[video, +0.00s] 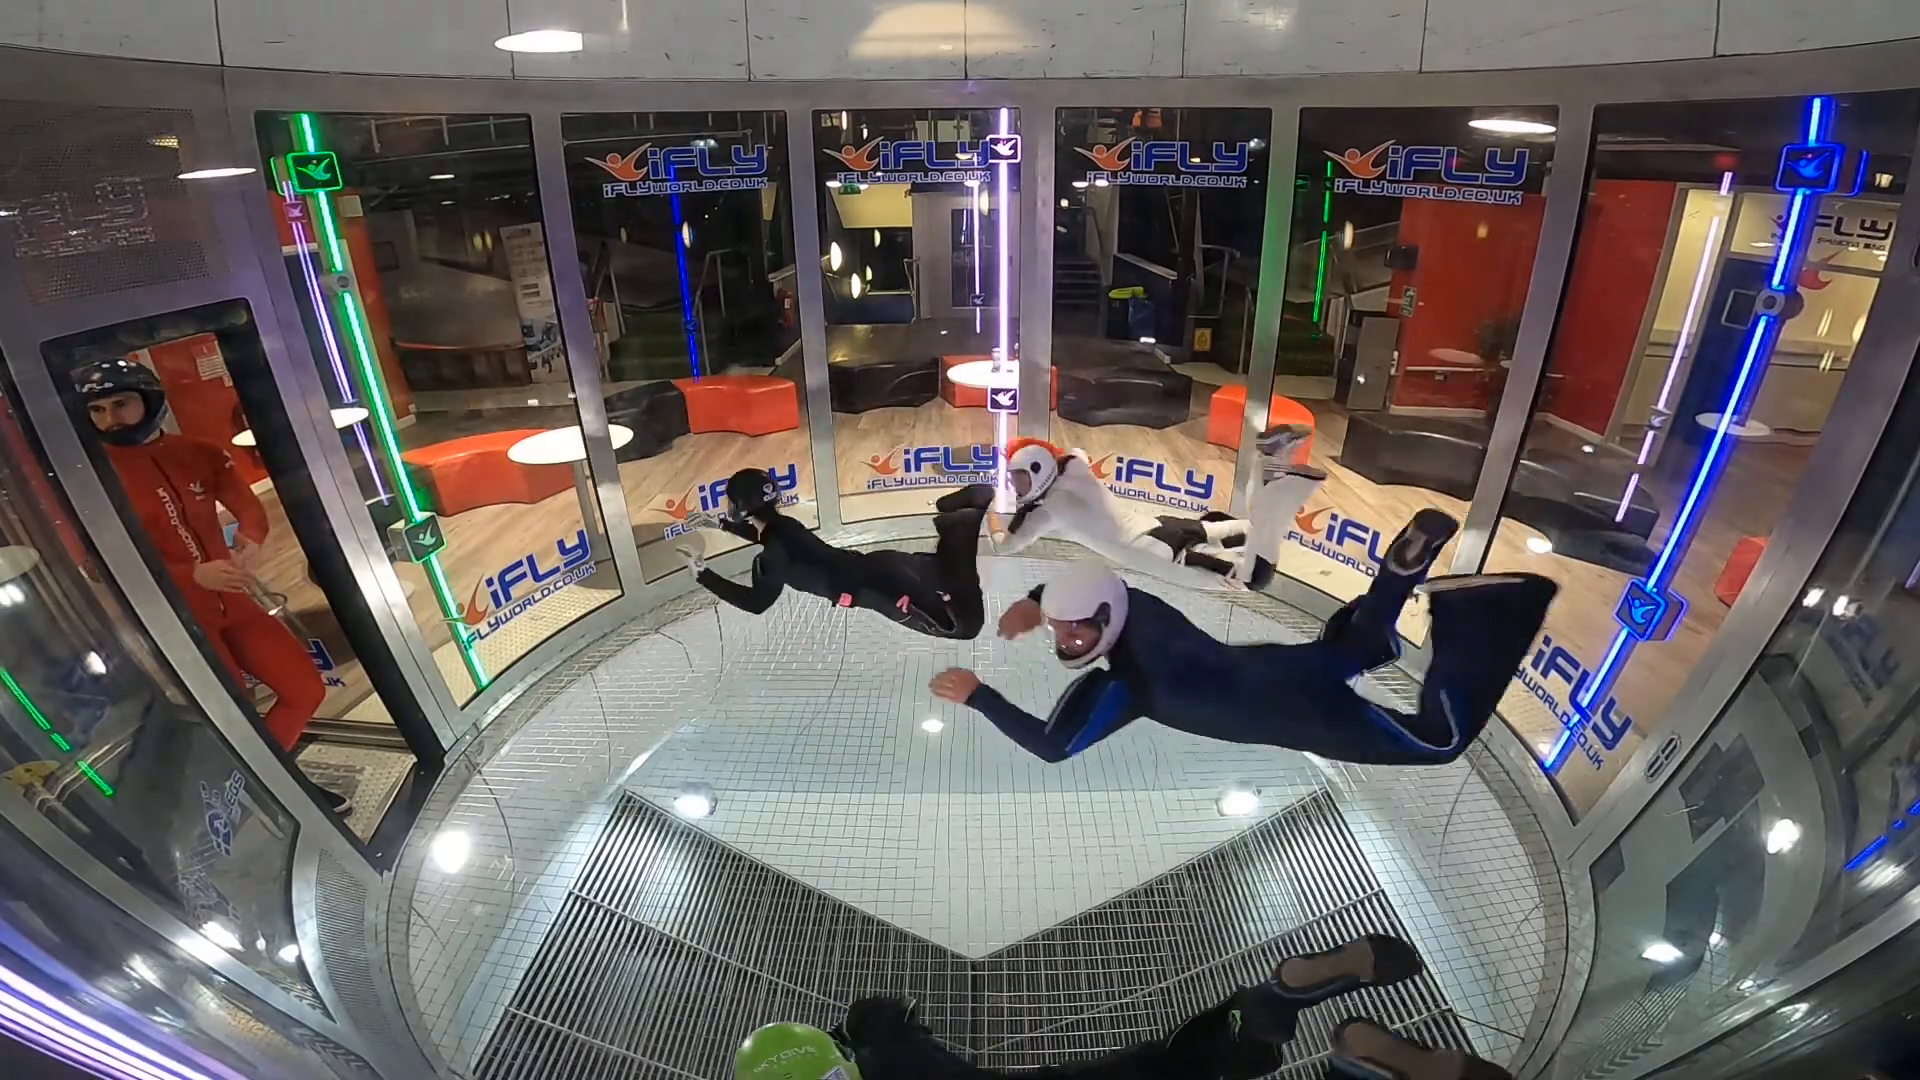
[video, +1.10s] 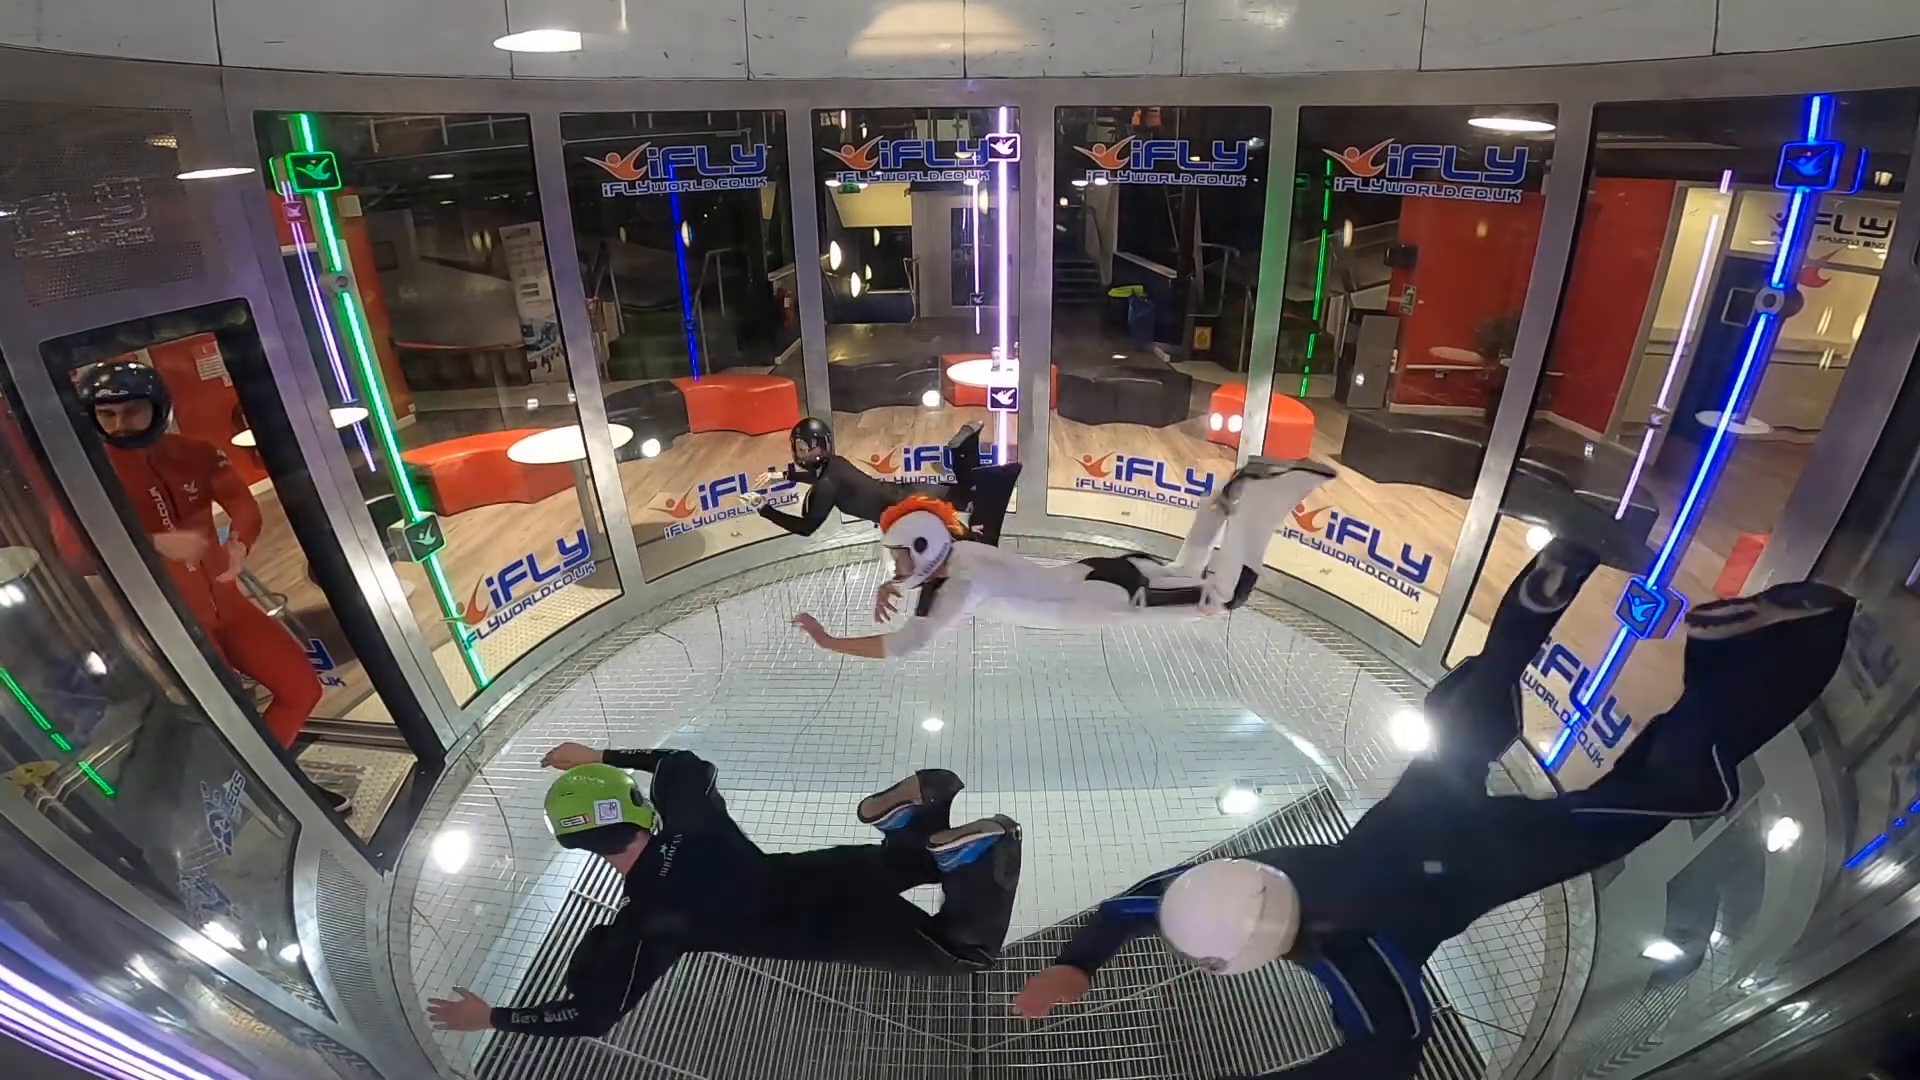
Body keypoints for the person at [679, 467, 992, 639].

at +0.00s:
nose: (726, 513)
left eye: (729, 505)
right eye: (727, 506)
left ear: (742, 512)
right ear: (766, 499)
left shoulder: (774, 550)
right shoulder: (779, 530)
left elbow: (756, 602)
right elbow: (757, 534)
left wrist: (704, 575)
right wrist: (725, 525)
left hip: (879, 584)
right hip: (881, 568)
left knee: (967, 624)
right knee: (954, 598)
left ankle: (958, 526)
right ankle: (954, 517)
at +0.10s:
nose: (724, 499)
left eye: (725, 492)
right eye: (724, 492)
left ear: (736, 495)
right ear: (759, 485)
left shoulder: (762, 531)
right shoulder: (773, 512)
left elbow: (730, 586)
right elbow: (751, 521)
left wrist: (673, 562)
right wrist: (720, 509)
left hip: (863, 576)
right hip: (865, 561)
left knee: (941, 620)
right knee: (936, 609)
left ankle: (951, 530)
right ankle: (926, 528)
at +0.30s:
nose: (713, 472)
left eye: (715, 465)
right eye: (715, 467)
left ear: (726, 470)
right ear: (748, 461)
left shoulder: (750, 505)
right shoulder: (758, 489)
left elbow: (710, 548)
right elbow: (737, 495)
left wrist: (664, 513)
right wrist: (709, 485)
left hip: (843, 559)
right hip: (846, 544)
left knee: (917, 605)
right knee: (913, 590)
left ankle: (930, 522)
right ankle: (930, 520)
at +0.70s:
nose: (739, 443)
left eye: (743, 437)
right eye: (739, 437)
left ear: (758, 442)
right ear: (770, 438)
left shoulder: (772, 479)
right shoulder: (781, 457)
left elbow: (744, 525)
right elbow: (758, 466)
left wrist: (706, 501)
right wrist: (730, 461)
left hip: (856, 525)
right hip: (862, 508)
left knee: (908, 588)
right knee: (916, 549)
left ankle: (927, 511)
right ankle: (933, 496)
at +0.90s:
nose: (767, 446)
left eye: (772, 440)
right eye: (766, 440)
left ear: (788, 442)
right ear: (787, 440)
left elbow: (773, 525)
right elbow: (787, 471)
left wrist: (734, 517)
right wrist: (763, 466)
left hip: (880, 515)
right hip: (884, 493)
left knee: (937, 574)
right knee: (942, 517)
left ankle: (954, 511)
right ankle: (946, 476)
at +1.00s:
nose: (785, 450)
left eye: (791, 444)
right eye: (782, 444)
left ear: (807, 443)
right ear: (787, 443)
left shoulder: (806, 484)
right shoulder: (817, 458)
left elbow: (787, 526)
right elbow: (796, 473)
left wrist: (745, 515)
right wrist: (769, 472)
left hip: (894, 514)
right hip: (898, 493)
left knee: (934, 553)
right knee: (953, 500)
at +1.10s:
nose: (800, 453)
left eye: (804, 447)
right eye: (799, 447)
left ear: (818, 448)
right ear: (810, 447)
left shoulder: (826, 482)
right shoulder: (834, 462)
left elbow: (806, 526)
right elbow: (812, 474)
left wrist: (765, 511)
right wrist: (789, 475)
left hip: (906, 509)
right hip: (908, 490)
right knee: (962, 493)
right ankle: (964, 452)